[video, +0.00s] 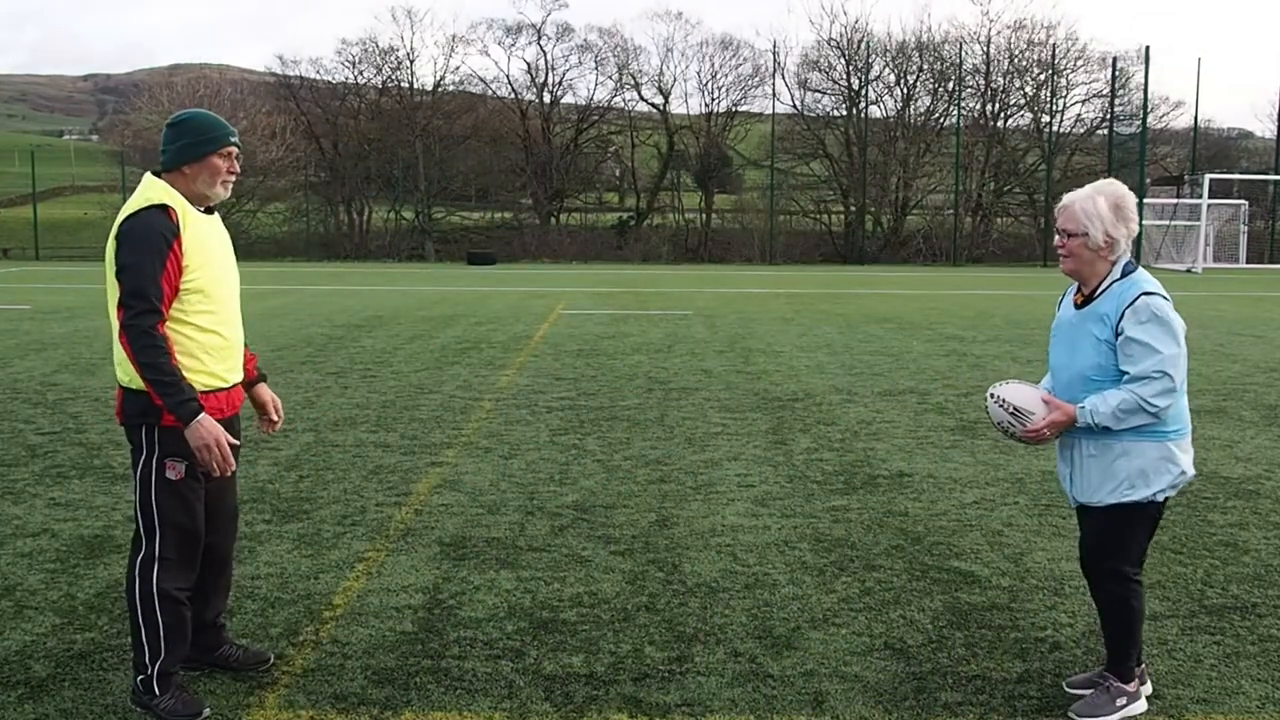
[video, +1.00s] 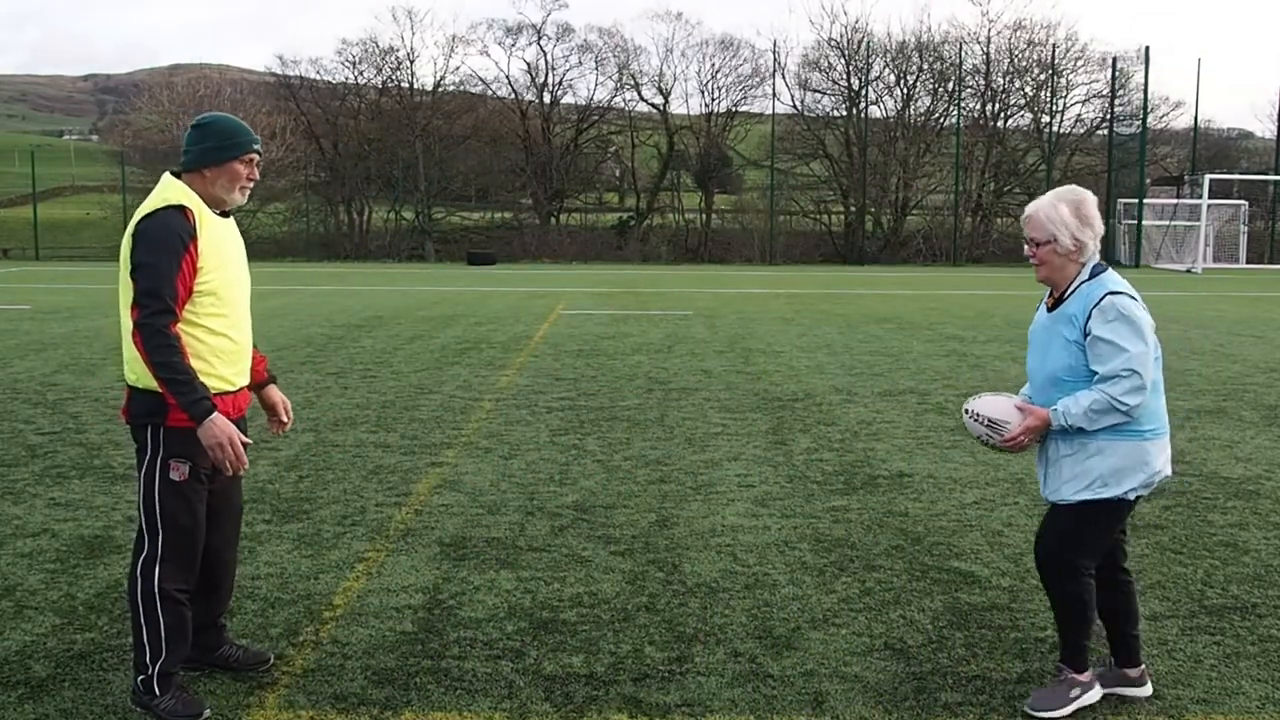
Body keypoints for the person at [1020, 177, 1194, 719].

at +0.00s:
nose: (1058, 244)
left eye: (1070, 235)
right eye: (1058, 234)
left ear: (1107, 240)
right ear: (1064, 237)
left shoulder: (1143, 304)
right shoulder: (1074, 298)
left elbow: (1157, 392)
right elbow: (1068, 374)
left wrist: (1077, 413)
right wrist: (1037, 406)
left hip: (1138, 462)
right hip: (1096, 458)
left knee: (1113, 566)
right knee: (1099, 563)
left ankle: (1127, 681)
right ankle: (1121, 667)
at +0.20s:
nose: (1058, 240)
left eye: (1070, 232)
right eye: (1058, 230)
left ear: (1106, 240)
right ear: (1062, 233)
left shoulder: (1138, 304)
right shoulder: (1073, 297)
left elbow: (1152, 392)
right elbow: (1066, 373)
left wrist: (1072, 412)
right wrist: (1034, 404)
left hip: (1132, 462)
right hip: (1092, 458)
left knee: (1109, 564)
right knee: (1095, 561)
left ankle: (1127, 680)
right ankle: (1119, 666)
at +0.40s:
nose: (1055, 239)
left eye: (1067, 230)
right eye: (1055, 228)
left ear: (1102, 239)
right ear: (1062, 232)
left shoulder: (1134, 304)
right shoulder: (1071, 297)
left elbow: (1146, 391)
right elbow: (1064, 374)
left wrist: (1068, 412)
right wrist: (1030, 403)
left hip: (1128, 462)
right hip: (1091, 459)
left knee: (1108, 565)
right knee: (1094, 562)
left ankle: (1128, 681)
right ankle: (1119, 666)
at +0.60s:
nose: (1053, 240)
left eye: (1065, 232)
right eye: (1053, 230)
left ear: (1100, 240)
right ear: (1060, 234)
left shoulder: (1131, 304)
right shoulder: (1071, 298)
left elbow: (1141, 391)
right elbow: (1063, 375)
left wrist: (1064, 413)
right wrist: (1028, 404)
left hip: (1127, 463)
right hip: (1090, 460)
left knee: (1106, 565)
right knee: (1089, 560)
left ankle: (1126, 681)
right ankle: (1119, 666)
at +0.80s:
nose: (1049, 246)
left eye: (1061, 237)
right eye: (1048, 235)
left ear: (1097, 241)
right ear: (1052, 237)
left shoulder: (1126, 304)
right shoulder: (1069, 300)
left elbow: (1137, 391)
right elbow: (1061, 377)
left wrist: (1060, 414)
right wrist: (1024, 405)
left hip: (1124, 463)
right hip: (1092, 459)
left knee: (1081, 559)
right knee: (1103, 561)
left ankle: (1124, 676)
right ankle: (1122, 665)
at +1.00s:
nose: (1029, 253)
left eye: (1037, 243)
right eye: (1027, 243)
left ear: (1073, 243)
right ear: (1052, 246)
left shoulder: (1112, 304)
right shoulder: (1059, 301)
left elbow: (1127, 390)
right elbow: (1052, 379)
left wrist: (1053, 417)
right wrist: (1016, 411)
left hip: (1114, 460)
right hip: (1081, 457)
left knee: (1059, 554)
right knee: (1107, 562)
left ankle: (1076, 673)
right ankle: (1128, 670)